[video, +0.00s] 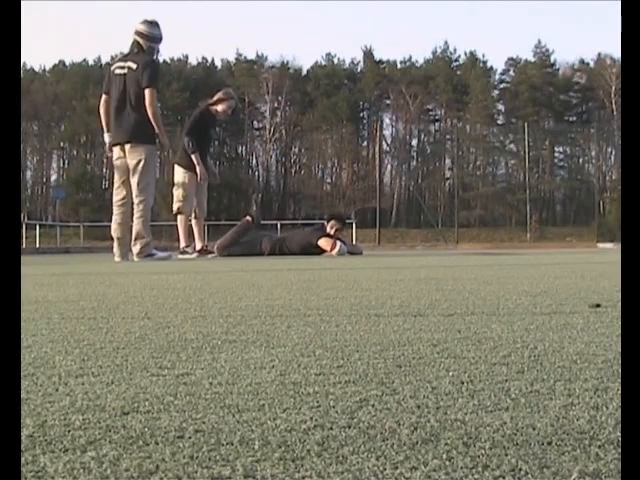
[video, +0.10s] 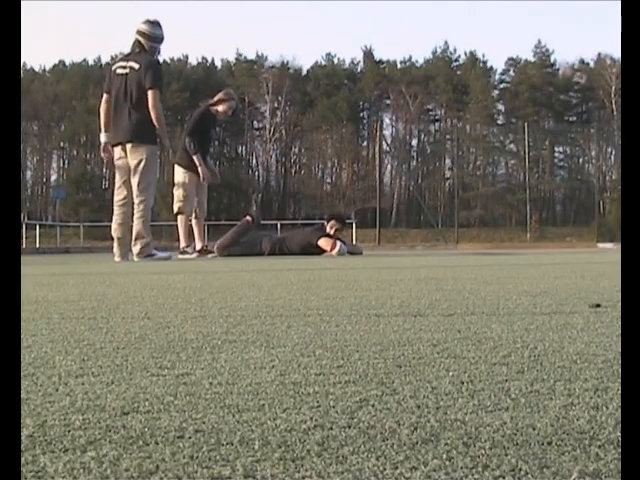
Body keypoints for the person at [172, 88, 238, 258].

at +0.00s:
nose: (228, 112)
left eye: (231, 109)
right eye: (228, 107)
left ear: (225, 106)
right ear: (219, 102)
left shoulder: (211, 119)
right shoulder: (201, 113)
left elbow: (202, 149)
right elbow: (188, 139)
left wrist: (210, 166)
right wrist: (198, 165)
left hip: (198, 167)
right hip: (185, 165)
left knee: (199, 208)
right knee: (184, 206)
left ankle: (200, 245)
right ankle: (184, 245)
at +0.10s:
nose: (229, 113)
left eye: (231, 110)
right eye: (229, 108)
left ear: (226, 106)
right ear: (221, 102)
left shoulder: (211, 119)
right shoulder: (202, 113)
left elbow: (202, 149)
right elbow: (189, 140)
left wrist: (210, 167)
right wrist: (200, 165)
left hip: (198, 167)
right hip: (185, 165)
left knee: (199, 208)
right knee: (184, 206)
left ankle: (200, 245)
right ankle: (184, 245)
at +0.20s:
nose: (229, 114)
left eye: (232, 111)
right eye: (230, 109)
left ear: (225, 106)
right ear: (222, 103)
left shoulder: (212, 118)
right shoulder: (203, 115)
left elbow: (202, 145)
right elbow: (194, 143)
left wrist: (209, 166)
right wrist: (206, 167)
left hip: (199, 167)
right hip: (186, 165)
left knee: (200, 208)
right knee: (184, 206)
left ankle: (200, 245)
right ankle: (184, 246)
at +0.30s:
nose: (229, 115)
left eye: (232, 112)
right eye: (229, 110)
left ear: (226, 107)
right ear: (222, 104)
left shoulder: (212, 118)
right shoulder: (204, 115)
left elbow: (202, 146)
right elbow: (197, 144)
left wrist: (208, 168)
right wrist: (211, 168)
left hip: (199, 166)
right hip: (186, 164)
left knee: (200, 207)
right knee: (185, 206)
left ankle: (201, 245)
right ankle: (184, 246)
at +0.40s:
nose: (232, 118)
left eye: (235, 115)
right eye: (233, 114)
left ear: (227, 111)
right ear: (225, 108)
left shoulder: (216, 121)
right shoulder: (209, 118)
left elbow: (204, 149)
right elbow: (205, 148)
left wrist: (208, 171)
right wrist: (222, 174)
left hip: (200, 167)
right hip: (186, 164)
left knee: (207, 206)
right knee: (186, 205)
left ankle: (202, 244)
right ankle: (184, 246)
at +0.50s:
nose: (236, 124)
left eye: (239, 121)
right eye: (237, 119)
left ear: (233, 116)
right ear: (230, 113)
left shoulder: (220, 127)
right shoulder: (213, 124)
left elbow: (210, 157)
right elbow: (211, 156)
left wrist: (210, 175)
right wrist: (231, 180)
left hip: (200, 170)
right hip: (187, 167)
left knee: (208, 208)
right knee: (187, 208)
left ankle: (206, 245)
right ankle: (184, 246)